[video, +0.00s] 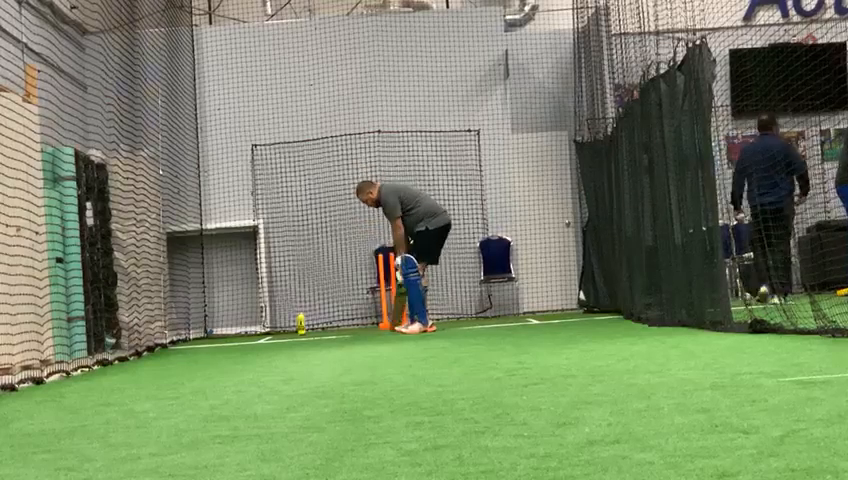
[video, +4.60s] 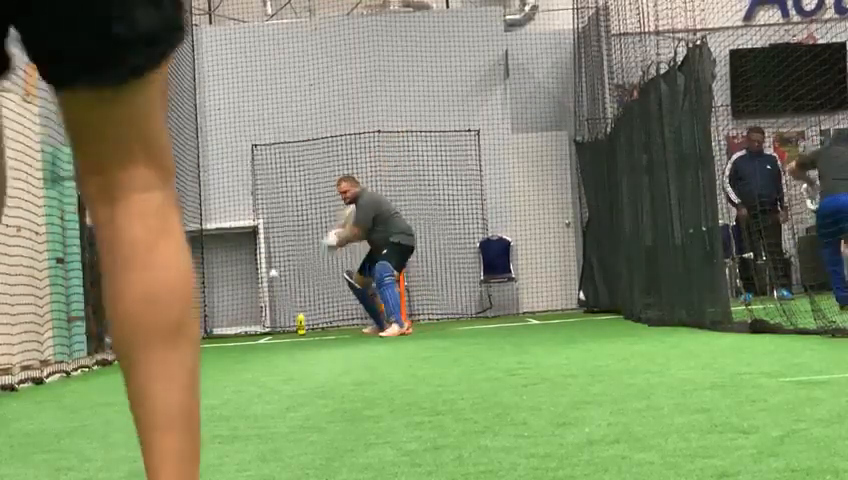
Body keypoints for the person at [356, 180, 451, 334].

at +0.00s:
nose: (368, 205)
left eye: (366, 201)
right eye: (365, 203)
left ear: (371, 193)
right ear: (372, 191)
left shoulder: (387, 194)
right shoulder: (387, 191)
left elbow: (398, 228)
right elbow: (400, 228)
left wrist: (400, 257)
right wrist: (402, 255)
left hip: (431, 225)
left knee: (414, 270)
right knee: (416, 270)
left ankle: (420, 321)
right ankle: (422, 319)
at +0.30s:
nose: (376, 177)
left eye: (379, 172)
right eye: (372, 175)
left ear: (387, 171)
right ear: (370, 179)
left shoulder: (396, 186)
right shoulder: (386, 194)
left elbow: (402, 221)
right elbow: (397, 222)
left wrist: (398, 249)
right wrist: (398, 246)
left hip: (432, 225)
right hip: (421, 227)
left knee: (411, 268)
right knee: (412, 269)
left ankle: (420, 320)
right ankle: (419, 318)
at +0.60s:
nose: (393, 153)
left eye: (396, 149)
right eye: (389, 150)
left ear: (403, 151)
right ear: (385, 154)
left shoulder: (412, 171)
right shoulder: (389, 176)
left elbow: (412, 202)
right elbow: (397, 203)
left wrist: (396, 221)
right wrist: (391, 220)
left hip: (422, 225)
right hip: (407, 227)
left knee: (411, 270)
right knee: (403, 269)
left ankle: (420, 319)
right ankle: (417, 317)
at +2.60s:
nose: (391, 165)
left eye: (394, 161)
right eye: (387, 162)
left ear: (400, 163)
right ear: (382, 165)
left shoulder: (407, 183)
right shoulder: (386, 186)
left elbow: (409, 217)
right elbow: (396, 214)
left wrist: (396, 236)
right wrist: (393, 233)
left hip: (429, 229)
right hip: (414, 230)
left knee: (405, 269)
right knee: (401, 268)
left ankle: (420, 320)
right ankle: (414, 318)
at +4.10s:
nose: (367, 181)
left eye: (370, 176)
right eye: (363, 178)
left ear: (378, 176)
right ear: (359, 180)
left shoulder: (383, 194)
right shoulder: (372, 195)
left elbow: (382, 228)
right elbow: (379, 215)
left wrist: (373, 232)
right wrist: (372, 219)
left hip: (414, 231)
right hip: (401, 233)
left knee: (392, 262)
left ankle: (398, 319)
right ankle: (405, 317)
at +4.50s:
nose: (347, 200)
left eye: (350, 195)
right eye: (344, 197)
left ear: (360, 190)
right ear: (342, 197)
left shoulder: (367, 205)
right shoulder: (369, 199)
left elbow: (365, 241)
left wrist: (357, 243)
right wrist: (364, 227)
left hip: (399, 243)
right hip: (391, 243)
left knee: (373, 272)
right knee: (360, 279)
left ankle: (398, 324)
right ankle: (382, 324)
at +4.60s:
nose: (344, 197)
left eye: (346, 192)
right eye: (341, 194)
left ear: (356, 187)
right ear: (340, 193)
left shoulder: (367, 199)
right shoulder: (359, 204)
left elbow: (360, 232)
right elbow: (358, 229)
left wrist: (341, 238)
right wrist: (342, 235)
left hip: (399, 240)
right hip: (381, 245)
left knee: (383, 272)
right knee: (359, 282)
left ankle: (397, 323)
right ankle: (380, 324)